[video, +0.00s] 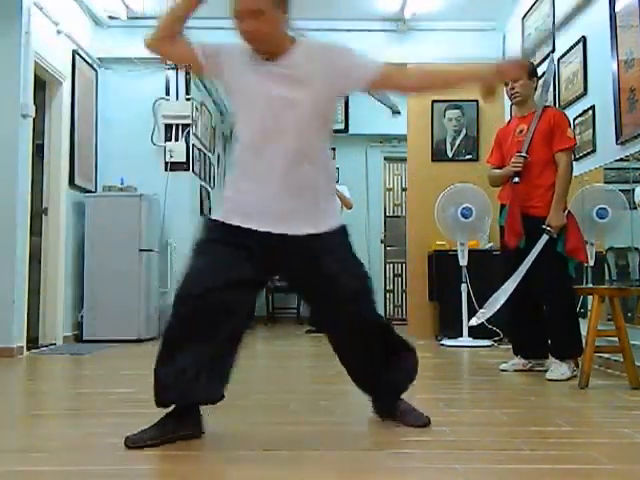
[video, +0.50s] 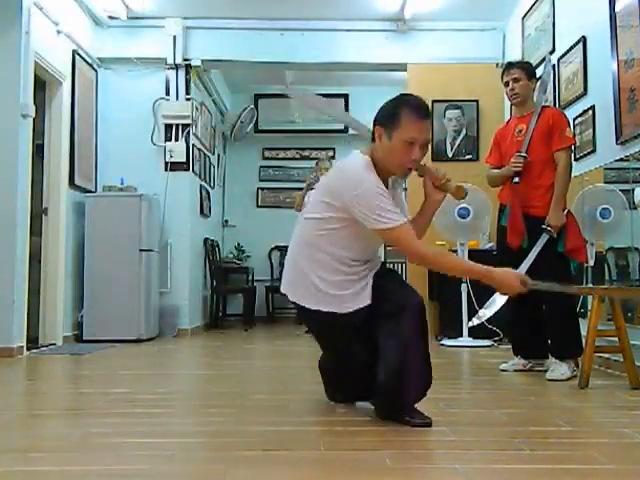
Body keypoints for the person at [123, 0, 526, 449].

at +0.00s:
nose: (243, 27)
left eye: (252, 16)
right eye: (238, 18)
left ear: (281, 13)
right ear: (236, 18)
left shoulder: (326, 60)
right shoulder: (230, 59)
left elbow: (406, 78)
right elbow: (161, 42)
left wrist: (485, 75)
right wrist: (190, 4)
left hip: (314, 223)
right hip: (240, 219)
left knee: (353, 311)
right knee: (197, 308)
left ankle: (388, 398)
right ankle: (184, 413)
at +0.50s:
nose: (417, 155)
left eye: (423, 146)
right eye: (409, 144)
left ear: (428, 144)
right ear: (379, 135)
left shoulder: (390, 176)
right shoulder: (357, 179)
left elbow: (406, 241)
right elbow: (415, 253)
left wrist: (431, 202)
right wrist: (491, 275)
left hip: (362, 273)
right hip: (320, 284)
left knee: (408, 307)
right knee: (361, 357)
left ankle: (395, 402)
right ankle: (339, 383)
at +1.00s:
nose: (279, 56)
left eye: (286, 46)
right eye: (270, 44)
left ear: (291, 45)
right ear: (240, 37)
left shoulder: (288, 85)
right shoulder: (205, 64)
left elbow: (296, 146)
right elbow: (226, 9)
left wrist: (250, 146)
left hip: (247, 234)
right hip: (177, 225)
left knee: (310, 315)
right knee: (144, 313)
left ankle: (341, 395)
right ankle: (150, 434)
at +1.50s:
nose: (124, 5)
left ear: (138, 5)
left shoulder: (141, 53)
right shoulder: (27, 26)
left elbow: (160, 114)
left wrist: (75, 83)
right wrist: (14, 66)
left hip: (60, 224)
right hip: (10, 199)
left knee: (43, 335)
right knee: (47, 306)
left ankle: (18, 456)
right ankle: (14, 455)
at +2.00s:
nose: (66, 53)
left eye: (72, 45)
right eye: (65, 40)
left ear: (64, 42)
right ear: (36, 24)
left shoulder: (26, 86)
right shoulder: (8, 73)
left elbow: (53, 116)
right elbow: (16, 45)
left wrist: (100, 119)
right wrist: (27, 5)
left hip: (6, 225)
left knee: (11, 304)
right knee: (12, 298)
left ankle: (2, 438)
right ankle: (6, 399)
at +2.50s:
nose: (42, 86)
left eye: (44, 78)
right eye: (40, 75)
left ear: (14, 66)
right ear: (14, 64)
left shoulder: (8, 110)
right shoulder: (6, 110)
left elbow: (14, 173)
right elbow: (32, 180)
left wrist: (54, 144)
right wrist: (93, 156)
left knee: (8, 301)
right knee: (7, 302)